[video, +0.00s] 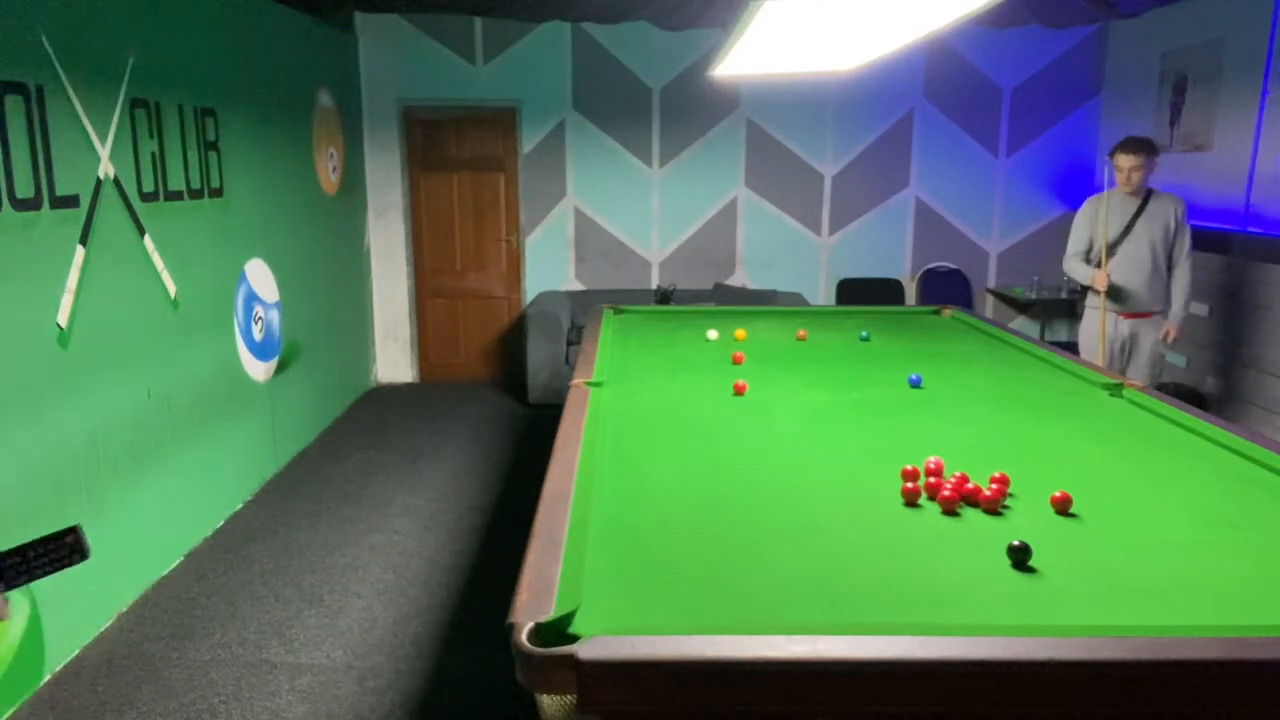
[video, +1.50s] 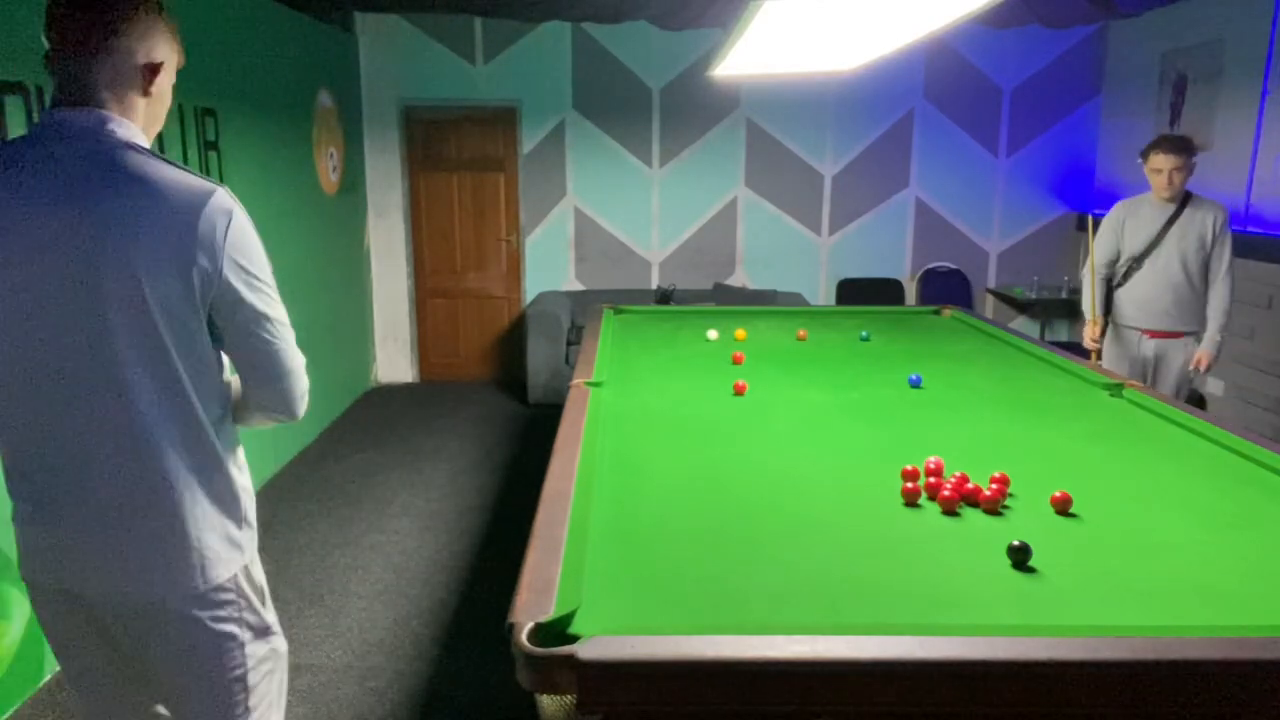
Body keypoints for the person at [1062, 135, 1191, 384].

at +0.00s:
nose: (1126, 178)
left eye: (1135, 170)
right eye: (1119, 170)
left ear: (1152, 168)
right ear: (1113, 167)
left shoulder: (1171, 209)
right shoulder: (1094, 207)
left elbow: (1181, 265)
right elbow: (1071, 260)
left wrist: (1175, 317)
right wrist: (1091, 276)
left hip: (1149, 324)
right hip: (1101, 321)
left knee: (1137, 403)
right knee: (1095, 399)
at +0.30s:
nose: (1128, 181)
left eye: (1136, 173)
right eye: (1120, 172)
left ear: (1149, 171)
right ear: (1110, 169)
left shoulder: (1163, 210)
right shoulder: (1090, 209)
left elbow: (1171, 270)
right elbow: (1067, 264)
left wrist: (1176, 322)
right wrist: (1086, 285)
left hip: (1151, 326)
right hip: (1101, 326)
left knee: (1152, 411)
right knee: (1096, 410)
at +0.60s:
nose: (1143, 185)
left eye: (1152, 177)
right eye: (1135, 175)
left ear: (1165, 175)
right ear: (1125, 171)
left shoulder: (1177, 214)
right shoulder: (1100, 213)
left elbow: (1179, 275)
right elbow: (1077, 265)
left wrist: (1178, 329)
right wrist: (1086, 288)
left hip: (1155, 333)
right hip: (1105, 330)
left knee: (1141, 417)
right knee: (1096, 413)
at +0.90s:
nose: (1171, 180)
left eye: (1180, 172)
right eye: (1163, 172)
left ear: (1195, 171)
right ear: (1153, 171)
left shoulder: (1214, 216)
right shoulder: (1129, 210)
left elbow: (1223, 280)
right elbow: (1103, 258)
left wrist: (1218, 338)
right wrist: (1095, 291)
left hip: (1176, 338)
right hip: (1124, 330)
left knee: (1160, 423)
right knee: (1100, 412)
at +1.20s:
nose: (1180, 180)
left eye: (1189, 171)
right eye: (1171, 172)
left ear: (1204, 169)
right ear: (1161, 171)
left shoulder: (1227, 217)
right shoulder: (1139, 210)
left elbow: (1240, 282)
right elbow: (1113, 261)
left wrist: (1236, 338)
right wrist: (1096, 306)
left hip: (1181, 341)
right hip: (1129, 330)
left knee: (1158, 425)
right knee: (1108, 415)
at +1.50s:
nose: (1167, 180)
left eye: (1175, 171)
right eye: (1157, 171)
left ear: (1190, 170)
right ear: (1145, 171)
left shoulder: (1212, 217)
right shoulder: (1122, 213)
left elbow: (1220, 284)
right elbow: (1095, 269)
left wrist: (1210, 342)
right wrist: (1093, 318)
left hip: (1178, 348)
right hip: (1122, 342)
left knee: (1162, 434)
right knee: (1111, 430)